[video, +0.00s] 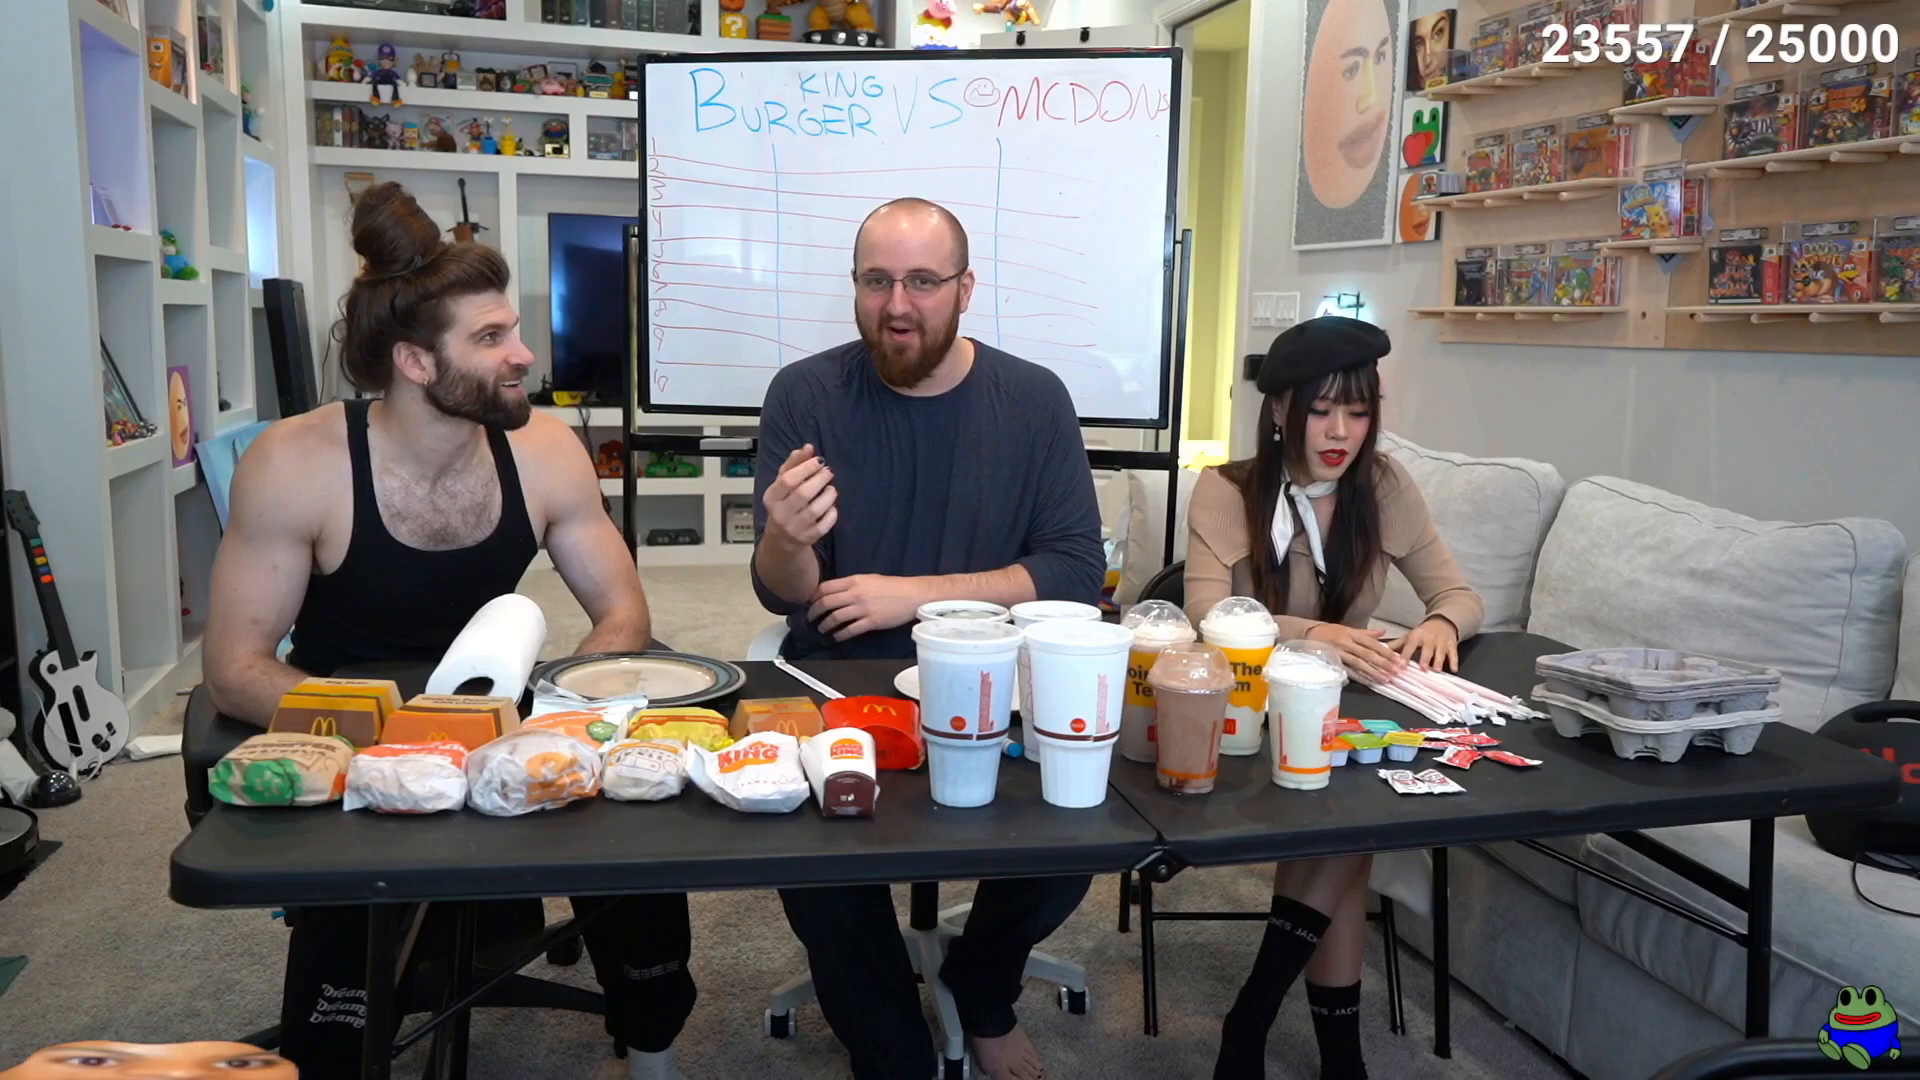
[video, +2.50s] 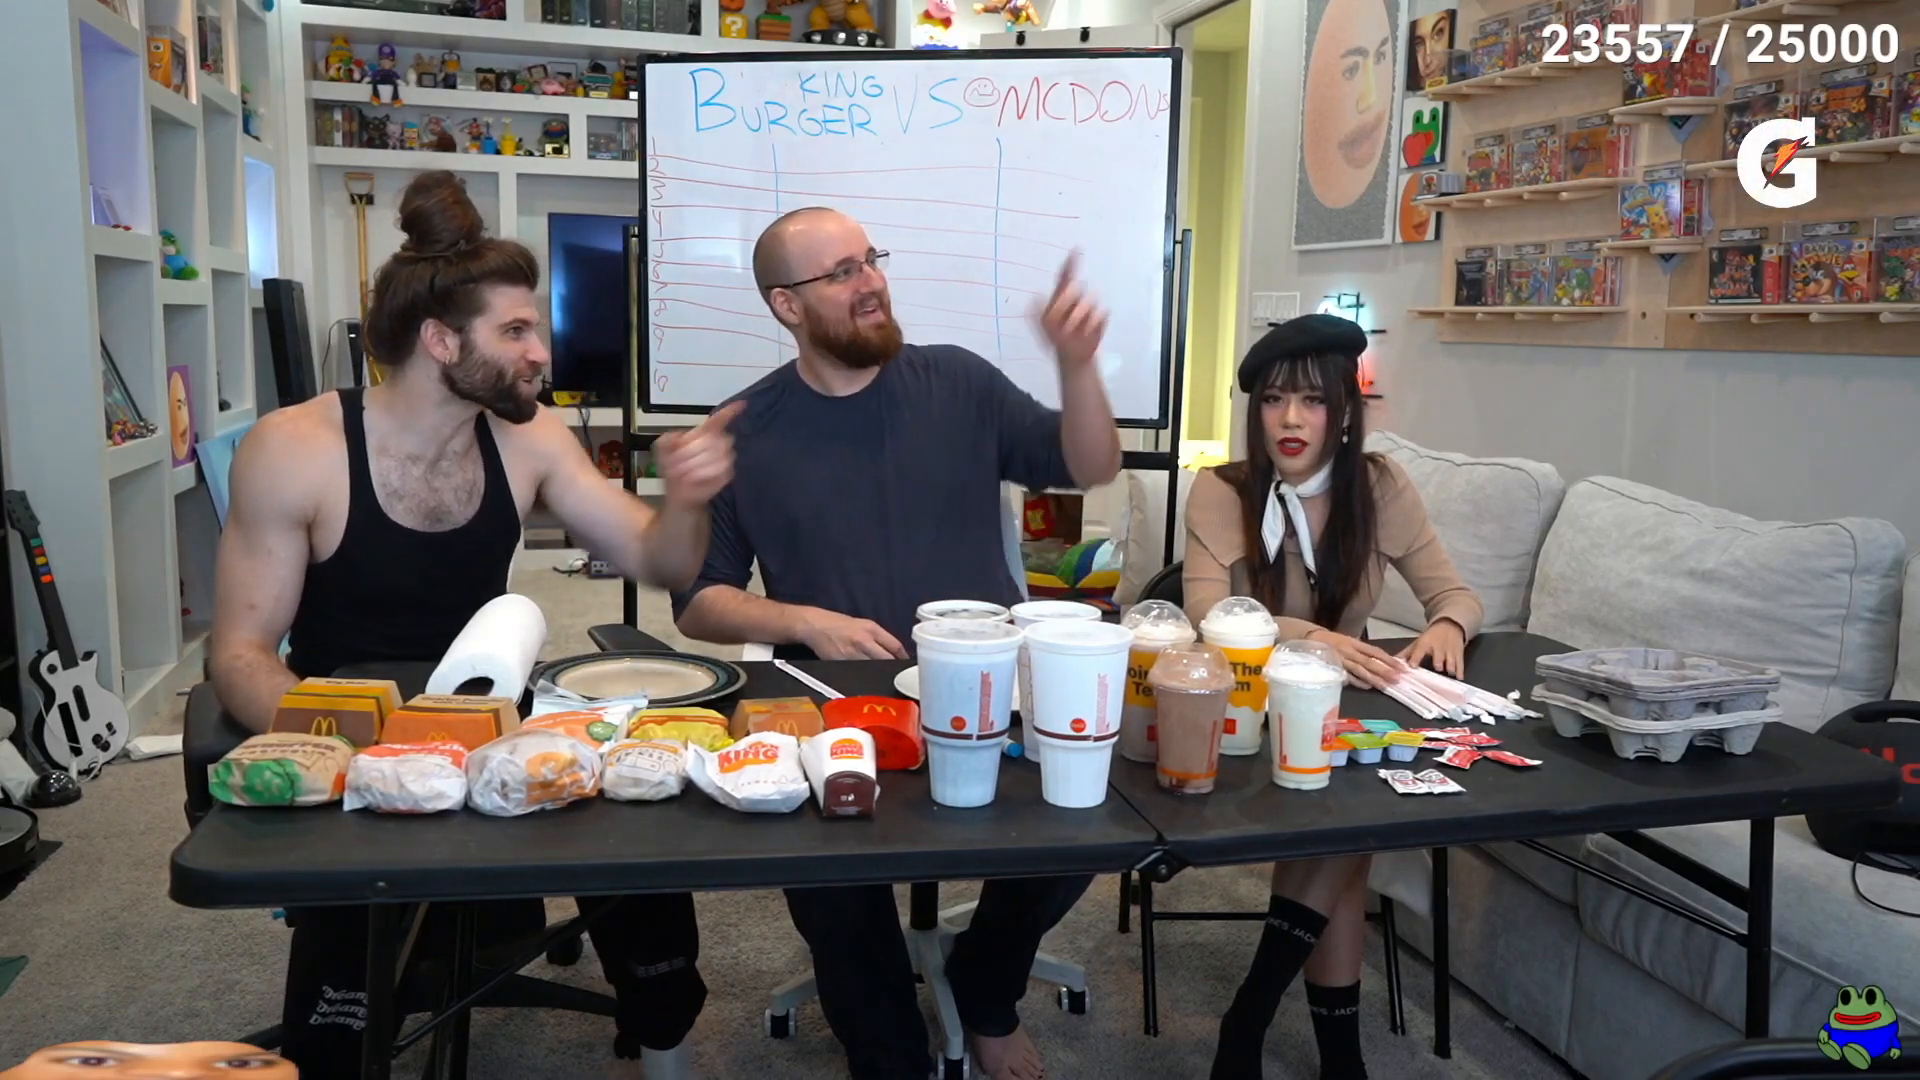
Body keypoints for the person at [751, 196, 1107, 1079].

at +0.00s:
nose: (898, 305)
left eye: (923, 283)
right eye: (878, 281)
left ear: (964, 290)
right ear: (853, 286)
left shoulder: (1033, 399)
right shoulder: (805, 393)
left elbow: (1077, 572)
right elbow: (782, 595)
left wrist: (916, 593)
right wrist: (787, 538)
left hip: (996, 680)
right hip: (840, 685)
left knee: (1070, 835)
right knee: (813, 854)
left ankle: (981, 986)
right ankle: (900, 1058)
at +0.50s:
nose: (906, 288)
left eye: (929, 266)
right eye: (884, 268)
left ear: (969, 278)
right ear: (860, 284)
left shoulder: (1037, 398)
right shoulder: (805, 392)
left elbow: (1069, 585)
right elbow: (758, 580)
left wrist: (967, 515)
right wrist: (840, 531)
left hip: (999, 681)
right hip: (842, 679)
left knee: (1076, 837)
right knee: (819, 851)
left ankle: (980, 986)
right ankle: (898, 1058)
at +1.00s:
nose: (897, 288)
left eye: (920, 268)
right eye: (876, 269)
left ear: (960, 278)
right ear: (852, 282)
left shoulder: (1015, 392)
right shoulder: (800, 396)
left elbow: (1039, 565)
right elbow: (764, 577)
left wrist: (1051, 472)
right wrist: (930, 584)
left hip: (991, 672)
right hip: (839, 677)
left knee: (1076, 830)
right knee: (819, 854)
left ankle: (980, 986)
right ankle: (899, 1060)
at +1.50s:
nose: (935, 294)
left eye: (947, 272)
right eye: (908, 277)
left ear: (964, 276)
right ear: (853, 289)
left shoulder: (1015, 395)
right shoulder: (790, 408)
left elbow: (1083, 575)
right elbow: (727, 575)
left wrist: (1014, 522)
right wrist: (848, 580)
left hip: (998, 681)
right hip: (839, 688)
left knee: (1077, 834)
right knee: (823, 857)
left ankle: (980, 988)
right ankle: (899, 1061)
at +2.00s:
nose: (909, 284)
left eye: (913, 260)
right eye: (877, 270)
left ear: (932, 267)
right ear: (825, 298)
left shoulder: (997, 394)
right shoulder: (771, 427)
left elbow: (1086, 525)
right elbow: (722, 585)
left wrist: (1020, 582)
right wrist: (811, 619)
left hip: (986, 697)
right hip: (835, 704)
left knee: (1074, 832)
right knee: (827, 865)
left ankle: (981, 992)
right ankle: (897, 1061)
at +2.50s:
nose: (873, 282)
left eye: (872, 261)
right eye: (843, 273)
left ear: (884, 267)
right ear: (786, 306)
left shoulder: (958, 380)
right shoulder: (741, 432)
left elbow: (1092, 464)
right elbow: (698, 602)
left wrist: (1078, 367)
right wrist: (805, 623)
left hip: (982, 689)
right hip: (833, 702)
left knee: (1071, 826)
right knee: (820, 861)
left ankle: (982, 991)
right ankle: (895, 1062)